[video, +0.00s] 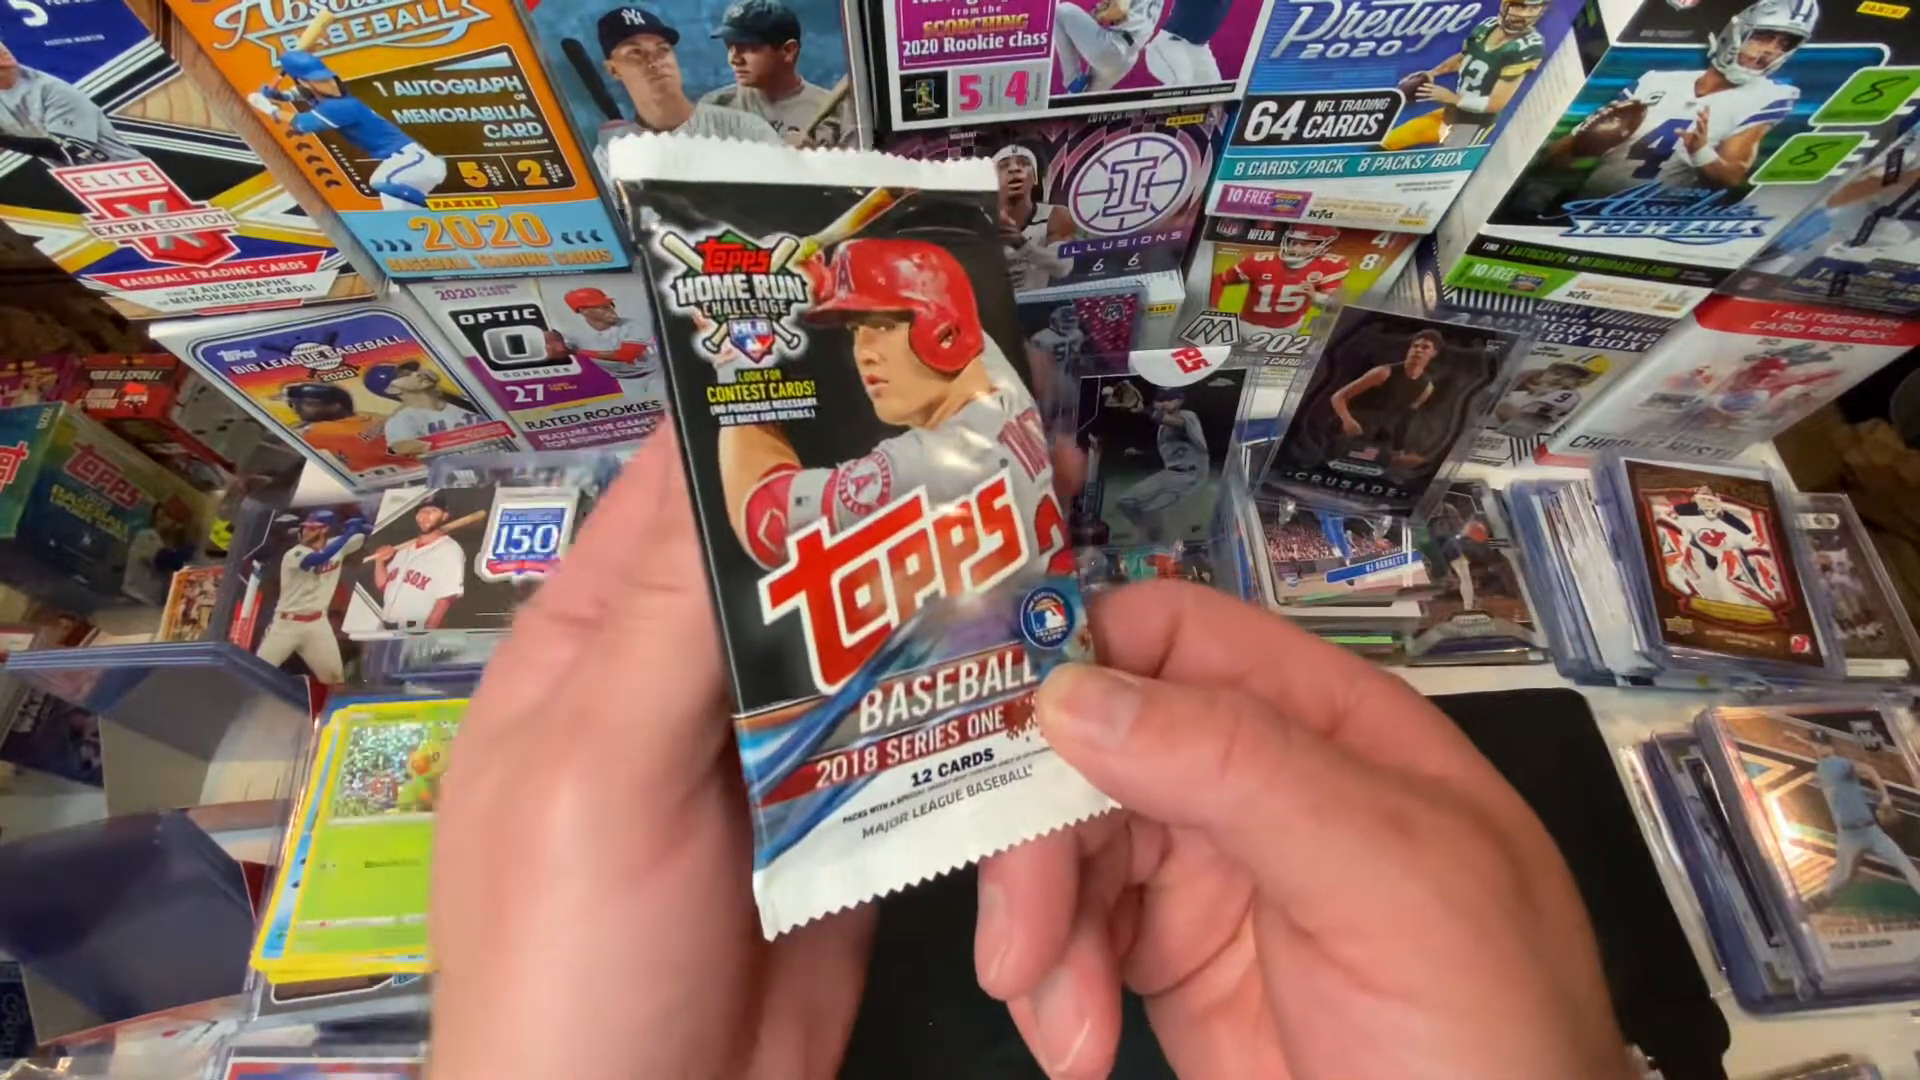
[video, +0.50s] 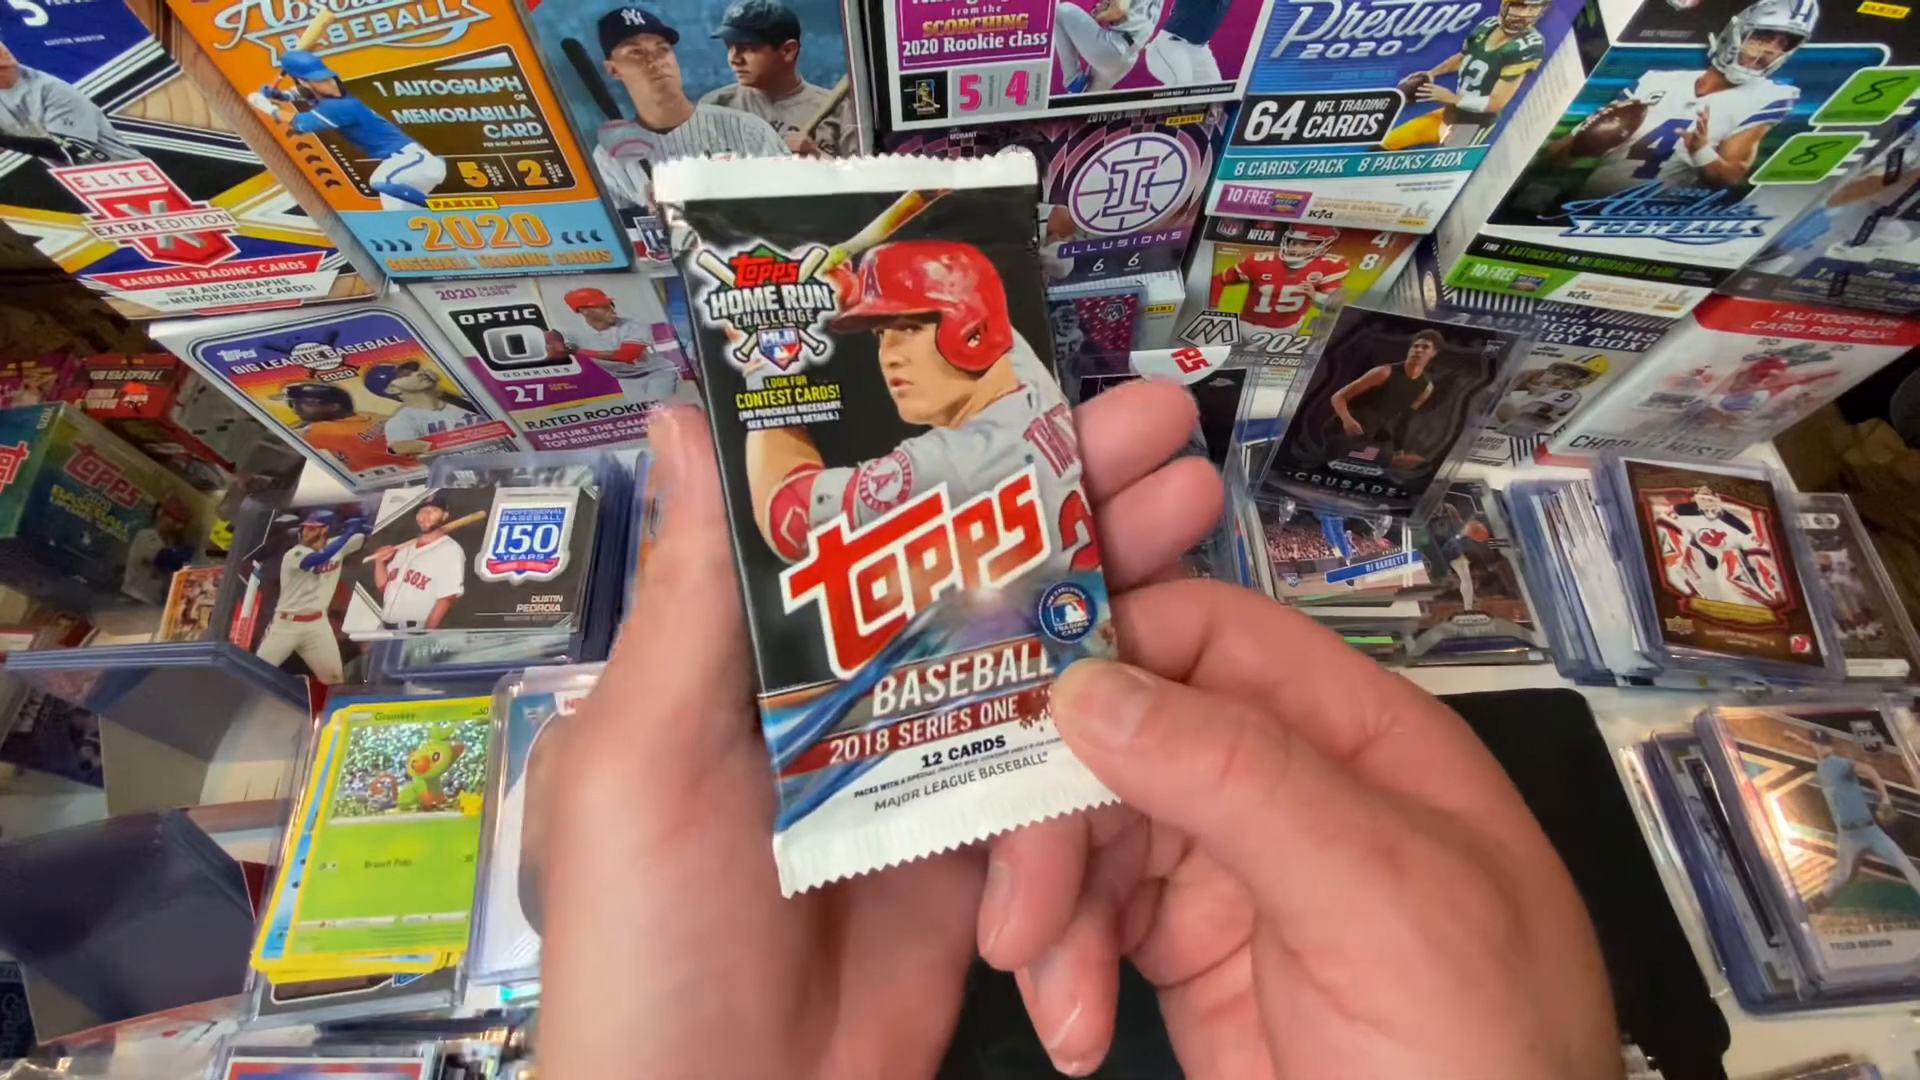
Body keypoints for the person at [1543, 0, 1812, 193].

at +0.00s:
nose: (1770, 52)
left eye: (1783, 45)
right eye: (1764, 37)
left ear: (1789, 56)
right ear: (1737, 33)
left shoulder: (1762, 100)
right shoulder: (1657, 83)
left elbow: (1735, 177)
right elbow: (1561, 153)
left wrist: (1703, 154)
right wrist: (1585, 140)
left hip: (1658, 224)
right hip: (1591, 206)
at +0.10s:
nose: (1770, 51)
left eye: (1783, 44)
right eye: (1764, 36)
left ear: (1789, 55)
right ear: (1738, 32)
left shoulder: (1761, 101)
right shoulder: (1658, 83)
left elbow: (1736, 175)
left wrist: (1703, 154)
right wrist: (1579, 141)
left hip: (1659, 223)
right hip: (1591, 205)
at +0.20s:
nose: (1770, 51)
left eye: (1783, 44)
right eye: (1764, 37)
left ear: (1789, 56)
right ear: (1738, 33)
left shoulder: (1760, 101)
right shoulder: (1658, 83)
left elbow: (1736, 175)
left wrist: (1703, 153)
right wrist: (1580, 141)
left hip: (1659, 222)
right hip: (1591, 204)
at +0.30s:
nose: (1770, 51)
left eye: (1783, 44)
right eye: (1764, 37)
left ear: (1789, 55)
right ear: (1738, 33)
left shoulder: (1762, 100)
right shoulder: (1658, 83)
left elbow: (1736, 175)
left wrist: (1703, 154)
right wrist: (1579, 141)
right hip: (1590, 205)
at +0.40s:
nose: (1770, 51)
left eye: (1783, 44)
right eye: (1764, 36)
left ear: (1789, 56)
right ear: (1738, 33)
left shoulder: (1761, 101)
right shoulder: (1658, 83)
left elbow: (1736, 175)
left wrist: (1703, 154)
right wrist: (1579, 141)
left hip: (1660, 222)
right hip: (1592, 204)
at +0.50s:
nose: (1770, 51)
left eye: (1783, 45)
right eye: (1764, 37)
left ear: (1789, 56)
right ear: (1737, 33)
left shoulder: (1761, 102)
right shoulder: (1658, 83)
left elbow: (1735, 176)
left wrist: (1703, 154)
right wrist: (1579, 141)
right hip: (1591, 204)